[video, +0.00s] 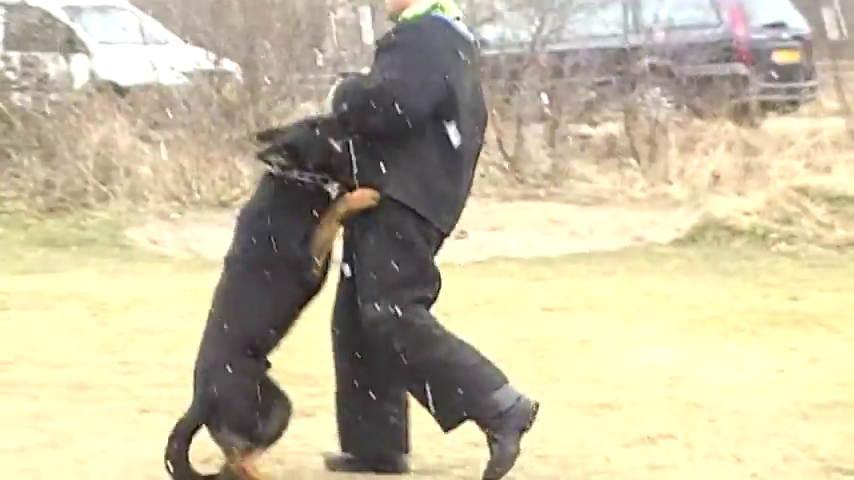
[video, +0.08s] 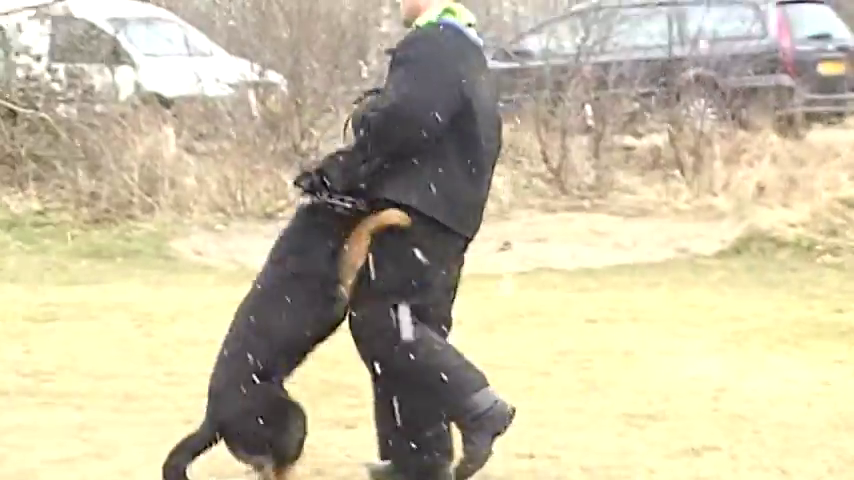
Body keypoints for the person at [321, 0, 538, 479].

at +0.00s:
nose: (382, 8)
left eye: (386, 3)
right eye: (383, 5)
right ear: (428, 0)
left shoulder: (423, 33)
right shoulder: (447, 47)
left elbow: (399, 102)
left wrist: (346, 91)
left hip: (401, 200)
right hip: (386, 202)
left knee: (391, 315)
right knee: (358, 324)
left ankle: (502, 408)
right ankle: (376, 450)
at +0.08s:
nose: (401, 9)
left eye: (405, 4)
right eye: (402, 5)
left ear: (421, 4)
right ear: (449, 7)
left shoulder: (435, 41)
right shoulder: (465, 55)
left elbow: (411, 116)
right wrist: (338, 173)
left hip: (418, 209)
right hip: (440, 215)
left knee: (383, 321)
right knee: (410, 333)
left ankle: (480, 408)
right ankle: (417, 457)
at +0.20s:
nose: (396, 9)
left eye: (400, 3)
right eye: (397, 3)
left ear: (416, 5)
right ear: (448, 7)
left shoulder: (426, 48)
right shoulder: (480, 58)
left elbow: (401, 128)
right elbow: (490, 145)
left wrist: (373, 151)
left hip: (430, 219)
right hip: (480, 222)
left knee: (373, 316)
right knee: (471, 347)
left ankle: (419, 448)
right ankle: (485, 462)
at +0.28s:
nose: (372, 18)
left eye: (374, 8)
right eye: (372, 10)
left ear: (394, 7)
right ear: (427, 11)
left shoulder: (401, 57)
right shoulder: (473, 65)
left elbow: (394, 135)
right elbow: (486, 149)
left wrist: (358, 155)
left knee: (374, 344)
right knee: (495, 350)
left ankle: (355, 455)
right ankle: (511, 459)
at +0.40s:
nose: (332, 48)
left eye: (334, 36)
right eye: (329, 38)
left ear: (358, 28)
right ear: (378, 26)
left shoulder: (376, 75)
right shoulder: (432, 74)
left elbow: (377, 145)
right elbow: (468, 153)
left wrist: (343, 179)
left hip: (412, 240)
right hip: (467, 237)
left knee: (353, 336)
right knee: (490, 346)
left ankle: (327, 447)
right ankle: (534, 457)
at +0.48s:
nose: (310, 62)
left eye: (311, 51)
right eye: (308, 52)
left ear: (330, 42)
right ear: (349, 39)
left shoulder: (363, 88)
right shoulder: (407, 83)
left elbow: (385, 155)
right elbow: (448, 157)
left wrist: (335, 187)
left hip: (400, 249)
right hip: (451, 245)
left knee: (341, 353)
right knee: (463, 342)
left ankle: (329, 463)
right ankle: (537, 444)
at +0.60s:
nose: (302, 79)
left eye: (301, 66)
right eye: (298, 70)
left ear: (323, 50)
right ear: (326, 51)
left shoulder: (368, 94)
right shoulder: (368, 95)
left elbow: (387, 171)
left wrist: (323, 181)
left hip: (383, 253)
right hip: (410, 252)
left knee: (341, 362)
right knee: (411, 364)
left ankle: (359, 466)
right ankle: (514, 428)